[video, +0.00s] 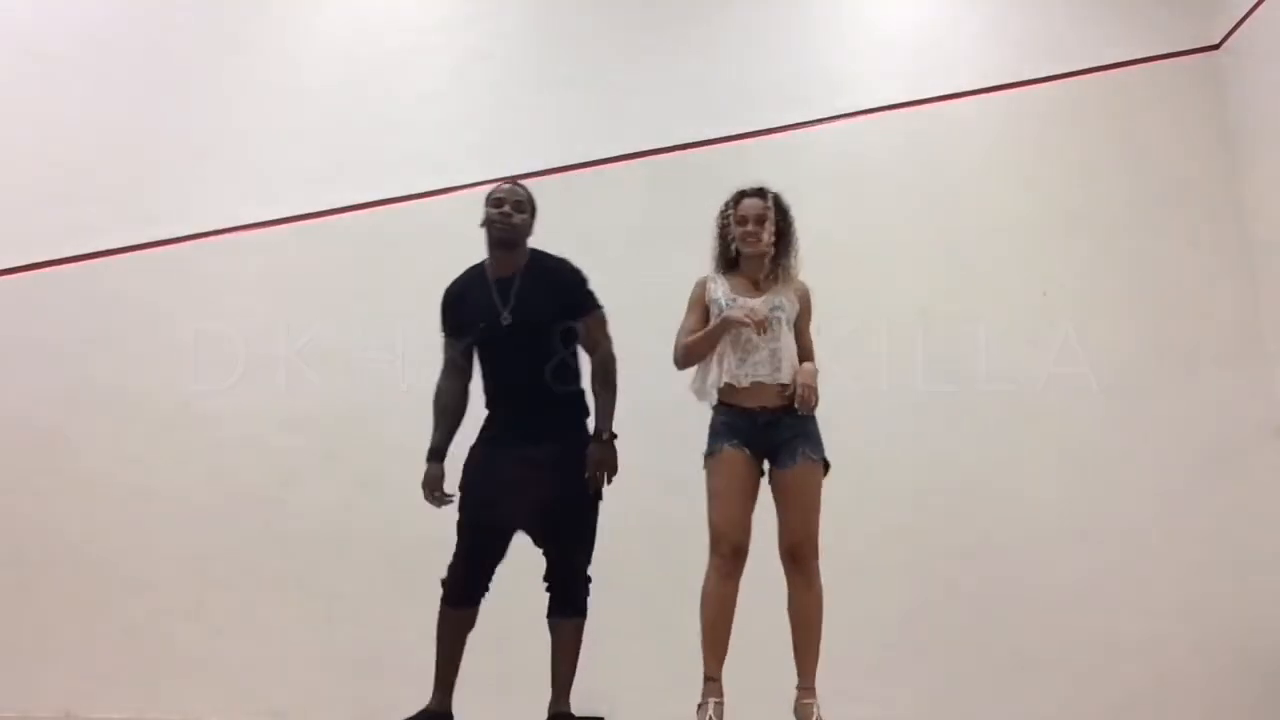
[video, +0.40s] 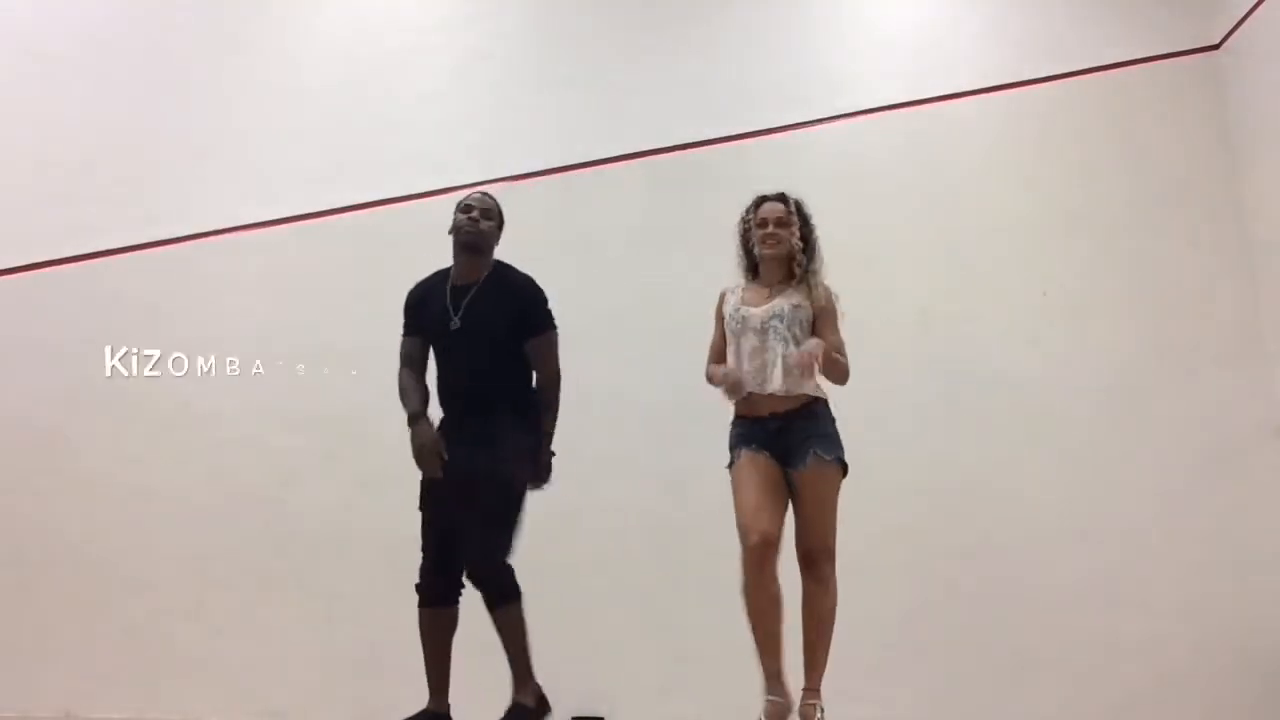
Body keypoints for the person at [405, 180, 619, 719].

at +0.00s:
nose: (506, 211)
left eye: (518, 206)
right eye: (497, 204)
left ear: (533, 222)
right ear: (482, 218)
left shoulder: (561, 278)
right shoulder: (464, 291)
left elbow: (602, 355)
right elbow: (455, 376)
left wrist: (604, 435)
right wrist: (436, 455)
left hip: (564, 446)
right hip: (499, 445)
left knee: (569, 581)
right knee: (464, 576)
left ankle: (560, 707)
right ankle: (440, 703)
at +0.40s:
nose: (475, 215)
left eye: (487, 212)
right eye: (466, 209)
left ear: (500, 234)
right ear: (450, 227)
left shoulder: (521, 291)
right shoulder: (425, 295)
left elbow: (549, 376)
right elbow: (411, 368)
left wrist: (542, 449)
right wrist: (418, 424)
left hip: (509, 444)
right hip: (451, 444)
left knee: (486, 559)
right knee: (436, 569)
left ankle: (527, 691)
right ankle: (437, 704)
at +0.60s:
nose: (483, 205)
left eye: (494, 203)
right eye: (474, 201)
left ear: (506, 226)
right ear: (458, 219)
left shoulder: (524, 286)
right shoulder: (423, 273)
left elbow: (558, 369)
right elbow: (400, 344)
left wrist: (542, 441)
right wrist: (429, 392)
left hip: (500, 426)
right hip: (441, 425)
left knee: (481, 530)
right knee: (437, 559)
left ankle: (483, 657)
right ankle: (436, 702)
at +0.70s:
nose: (488, 206)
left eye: (499, 203)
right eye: (479, 201)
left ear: (512, 225)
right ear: (463, 219)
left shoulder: (528, 287)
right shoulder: (426, 268)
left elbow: (563, 366)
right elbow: (399, 341)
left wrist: (545, 438)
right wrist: (418, 401)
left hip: (499, 446)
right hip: (435, 443)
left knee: (491, 565)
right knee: (434, 572)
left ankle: (471, 682)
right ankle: (435, 701)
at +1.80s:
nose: (459, 180)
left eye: (471, 177)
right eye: (451, 176)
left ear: (487, 202)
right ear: (435, 198)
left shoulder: (506, 253)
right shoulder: (411, 269)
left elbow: (542, 334)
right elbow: (386, 353)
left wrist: (532, 419)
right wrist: (402, 332)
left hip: (482, 434)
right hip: (416, 434)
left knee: (477, 570)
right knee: (414, 568)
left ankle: (468, 700)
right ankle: (418, 703)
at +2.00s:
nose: (461, 183)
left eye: (472, 180)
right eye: (452, 178)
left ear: (487, 200)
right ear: (436, 198)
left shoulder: (510, 259)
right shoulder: (408, 267)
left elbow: (528, 353)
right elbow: (383, 337)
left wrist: (519, 429)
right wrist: (398, 350)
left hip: (475, 431)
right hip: (413, 431)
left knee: (459, 559)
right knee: (410, 566)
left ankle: (475, 695)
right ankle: (418, 702)